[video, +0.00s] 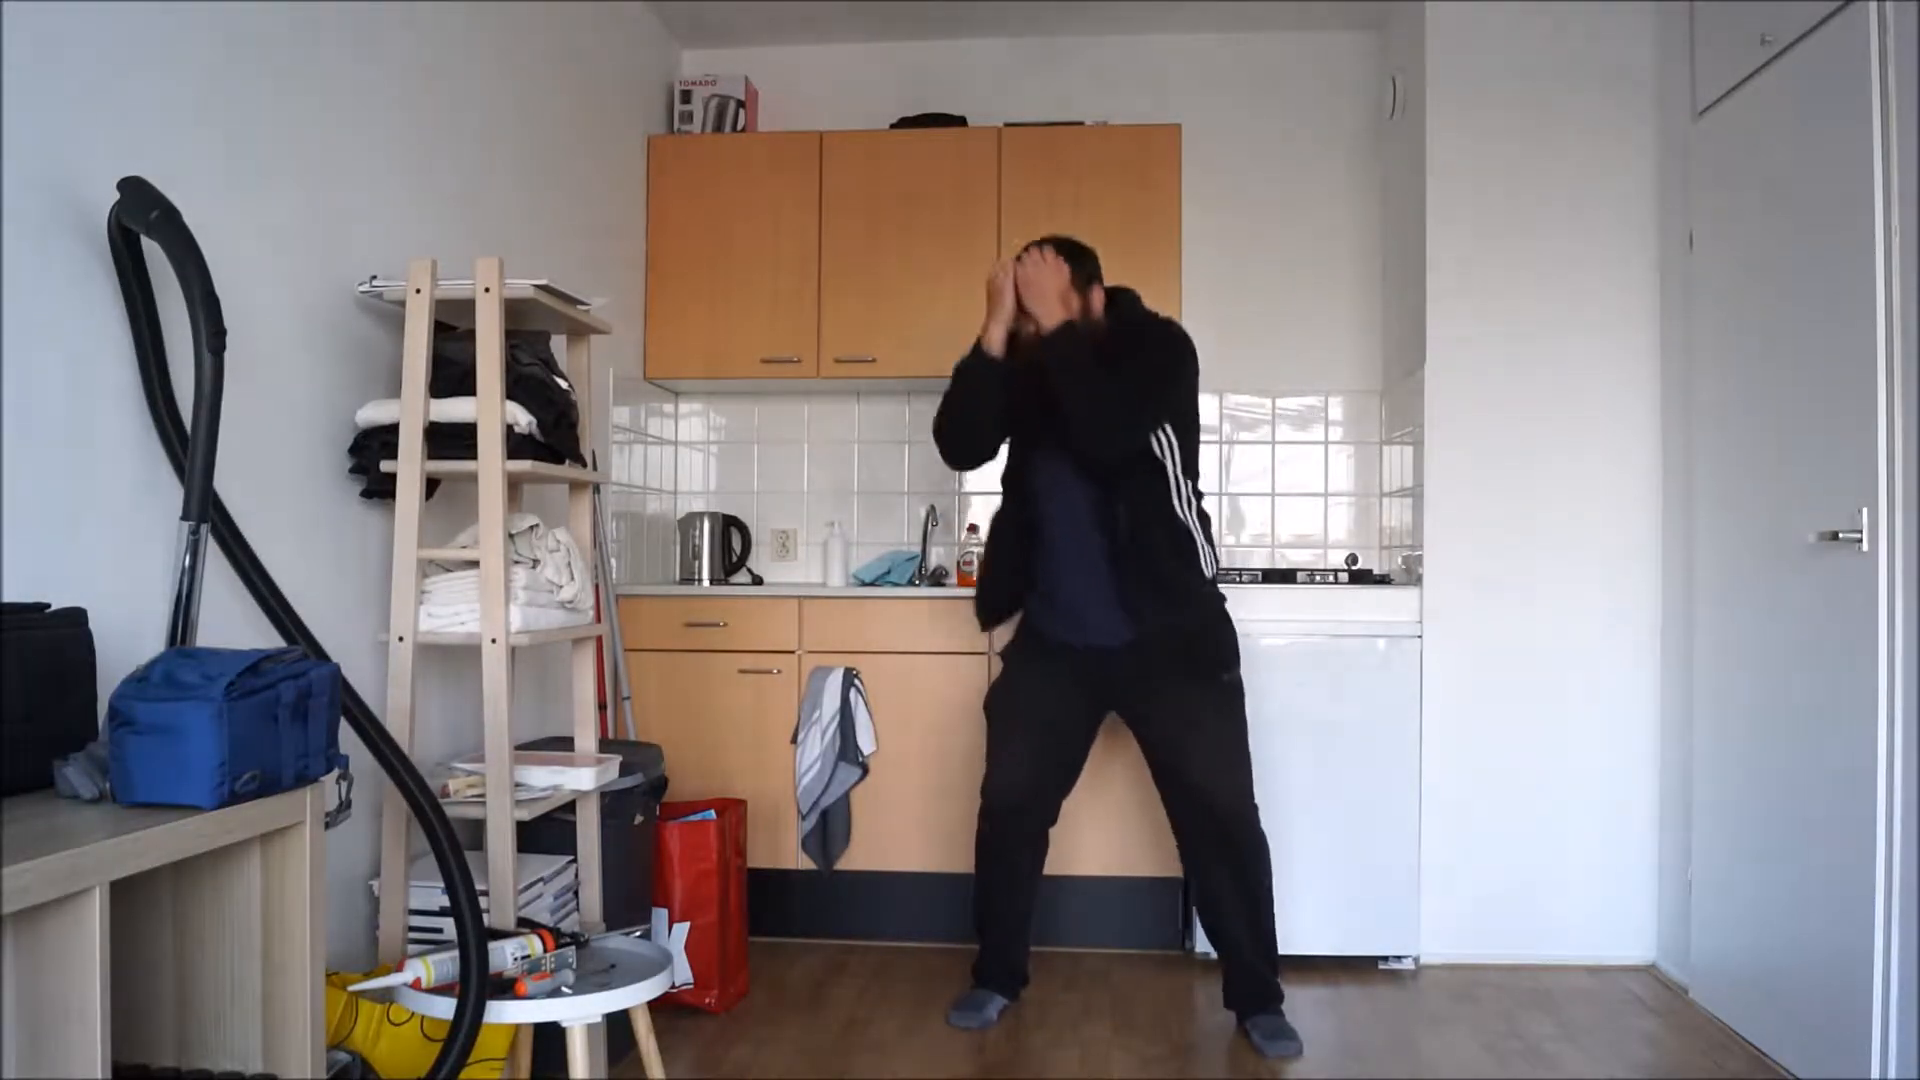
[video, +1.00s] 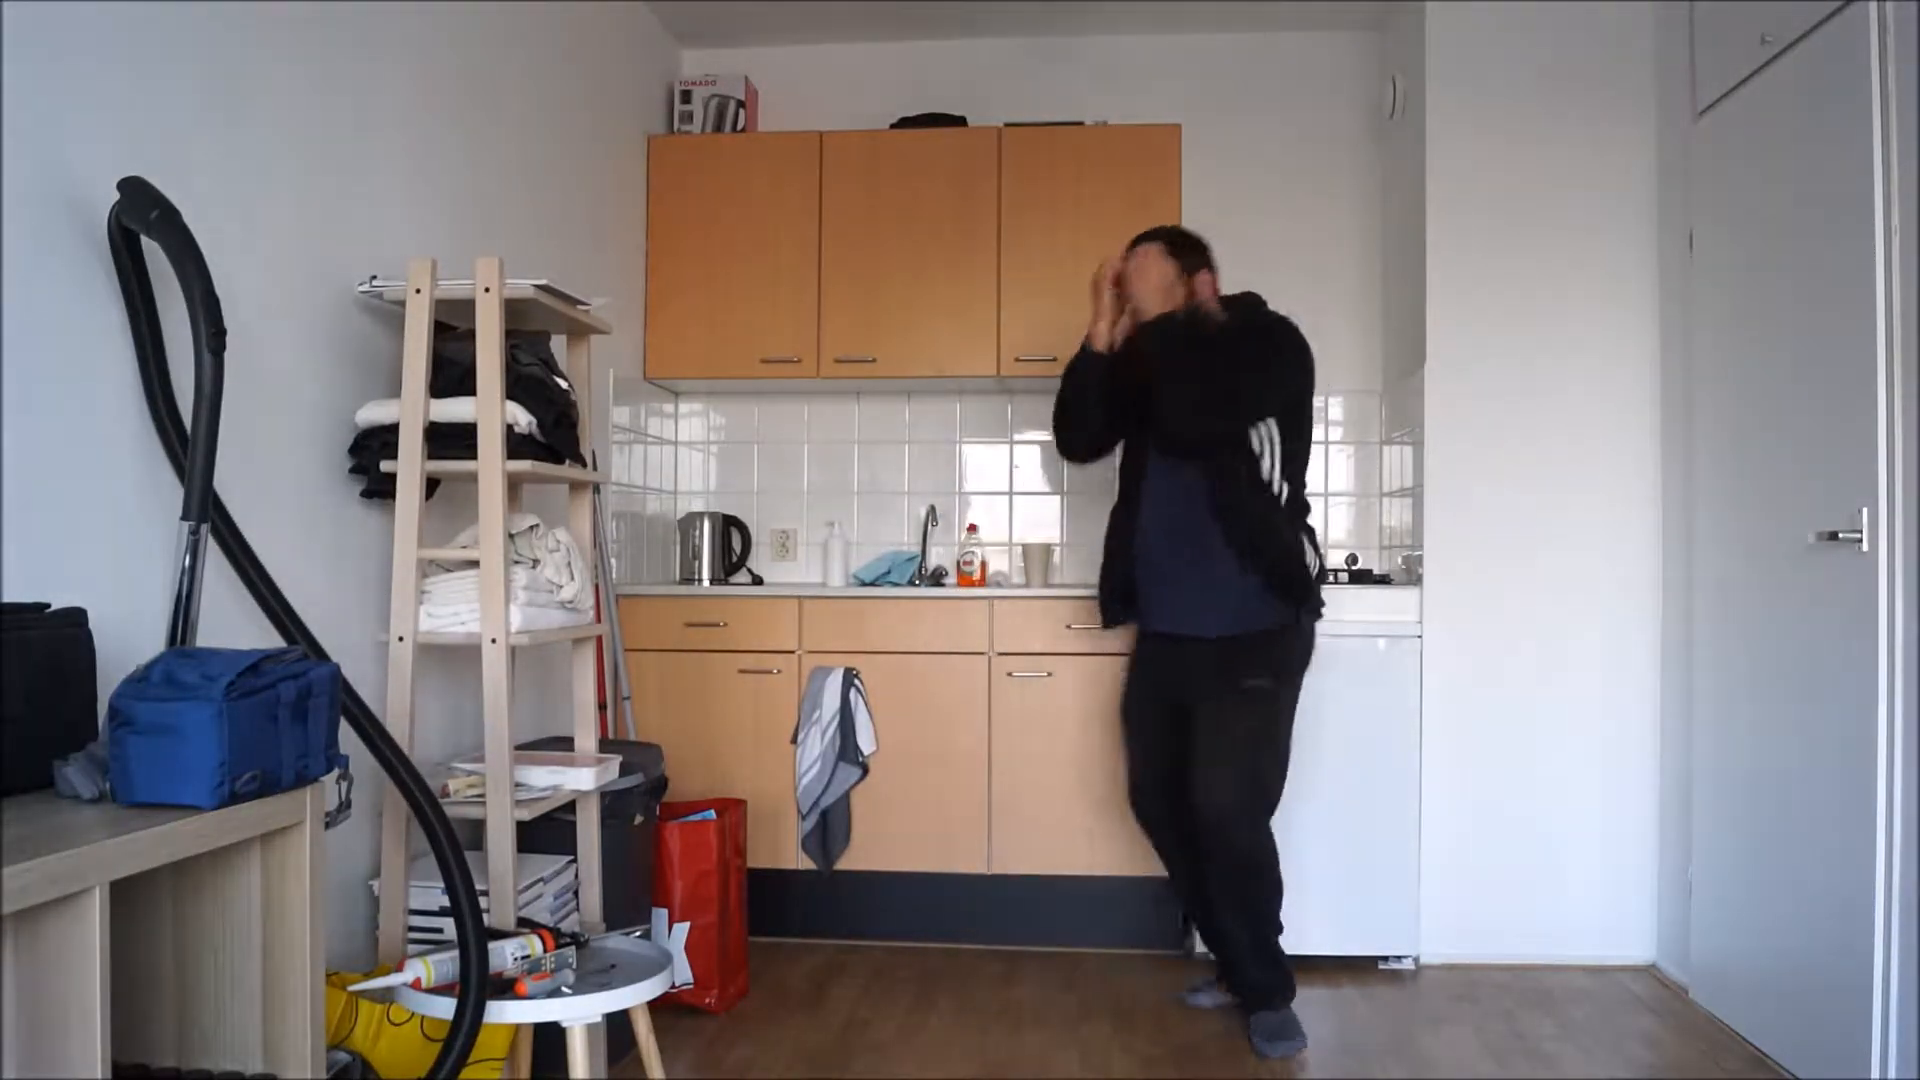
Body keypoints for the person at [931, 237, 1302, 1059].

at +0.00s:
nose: (1026, 298)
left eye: (1039, 283)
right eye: (1017, 287)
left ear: (1087, 293)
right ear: (1019, 304)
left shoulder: (1157, 344)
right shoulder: (1025, 362)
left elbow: (1112, 435)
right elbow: (959, 446)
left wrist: (1056, 328)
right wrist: (991, 338)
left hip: (1170, 633)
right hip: (1056, 635)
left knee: (1222, 818)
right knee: (1011, 803)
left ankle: (1258, 1000)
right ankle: (997, 979)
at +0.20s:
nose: (1043, 372)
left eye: (1054, 357)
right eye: (1032, 362)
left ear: (1099, 353)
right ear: (1025, 370)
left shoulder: (1165, 397)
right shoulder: (1019, 416)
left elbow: (1142, 502)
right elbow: (978, 517)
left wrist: (1085, 409)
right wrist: (1010, 421)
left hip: (1170, 661)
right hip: (1051, 664)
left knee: (1233, 821)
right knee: (1003, 811)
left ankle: (1259, 1000)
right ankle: (998, 978)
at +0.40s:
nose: (1156, 442)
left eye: (1170, 431)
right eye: (1141, 430)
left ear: (1191, 417)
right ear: (1113, 414)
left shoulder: (1220, 441)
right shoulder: (1064, 440)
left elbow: (1234, 571)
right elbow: (1070, 562)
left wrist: (1201, 474)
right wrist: (1123, 476)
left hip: (1180, 681)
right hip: (1060, 683)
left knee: (1255, 832)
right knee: (1015, 832)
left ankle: (1261, 1004)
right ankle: (997, 978)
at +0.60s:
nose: (1217, 352)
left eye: (1231, 341)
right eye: (1204, 336)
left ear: (1244, 345)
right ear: (1175, 329)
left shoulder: (1252, 402)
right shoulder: (1118, 373)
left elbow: (1295, 485)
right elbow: (1124, 469)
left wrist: (1267, 374)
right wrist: (1185, 374)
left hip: (1211, 657)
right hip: (1094, 652)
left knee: (1262, 826)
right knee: (1034, 816)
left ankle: (1260, 1004)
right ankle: (1001, 978)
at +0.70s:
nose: (1225, 301)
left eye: (1239, 288)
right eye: (1213, 283)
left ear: (1260, 295)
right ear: (1181, 285)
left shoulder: (1281, 359)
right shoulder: (1130, 340)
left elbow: (1296, 441)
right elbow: (1117, 425)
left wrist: (1265, 323)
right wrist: (1183, 316)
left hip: (1235, 639)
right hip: (1118, 630)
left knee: (1262, 817)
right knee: (1066, 789)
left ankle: (1260, 1001)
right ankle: (1073, 961)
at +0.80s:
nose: (1206, 287)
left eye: (1223, 273)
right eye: (1195, 272)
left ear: (1249, 281)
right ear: (1177, 277)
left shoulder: (1289, 345)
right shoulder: (1134, 336)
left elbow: (1282, 419)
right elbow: (1103, 414)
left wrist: (1247, 308)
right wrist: (1164, 308)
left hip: (1247, 636)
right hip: (1132, 626)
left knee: (1262, 823)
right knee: (1090, 779)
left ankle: (1258, 1000)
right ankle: (1163, 934)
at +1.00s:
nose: (1123, 285)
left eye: (1137, 269)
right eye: (1120, 277)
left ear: (1197, 280)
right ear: (1129, 296)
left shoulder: (1270, 341)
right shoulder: (1138, 358)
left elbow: (1213, 405)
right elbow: (1078, 440)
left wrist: (1163, 321)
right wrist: (1100, 331)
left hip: (1256, 628)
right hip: (1167, 630)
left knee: (1228, 809)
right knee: (1159, 800)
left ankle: (1267, 997)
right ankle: (1237, 959)